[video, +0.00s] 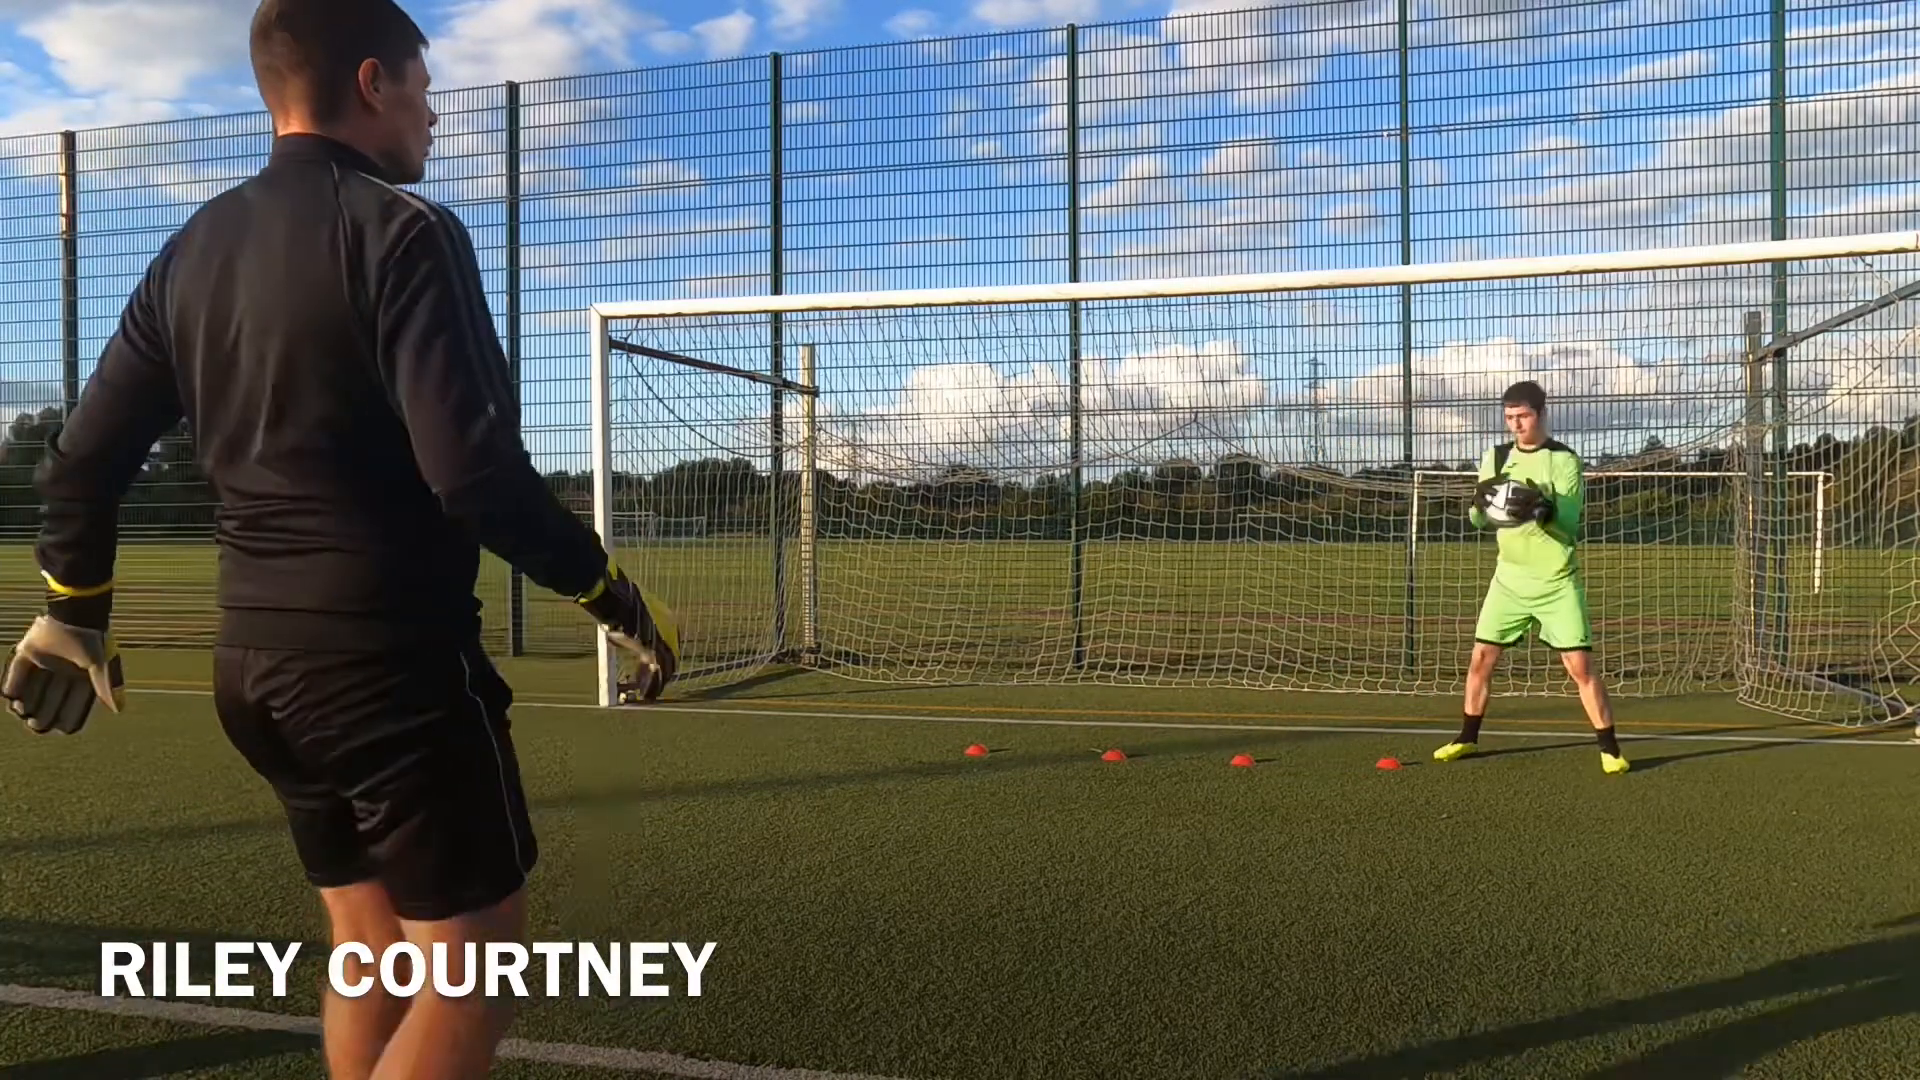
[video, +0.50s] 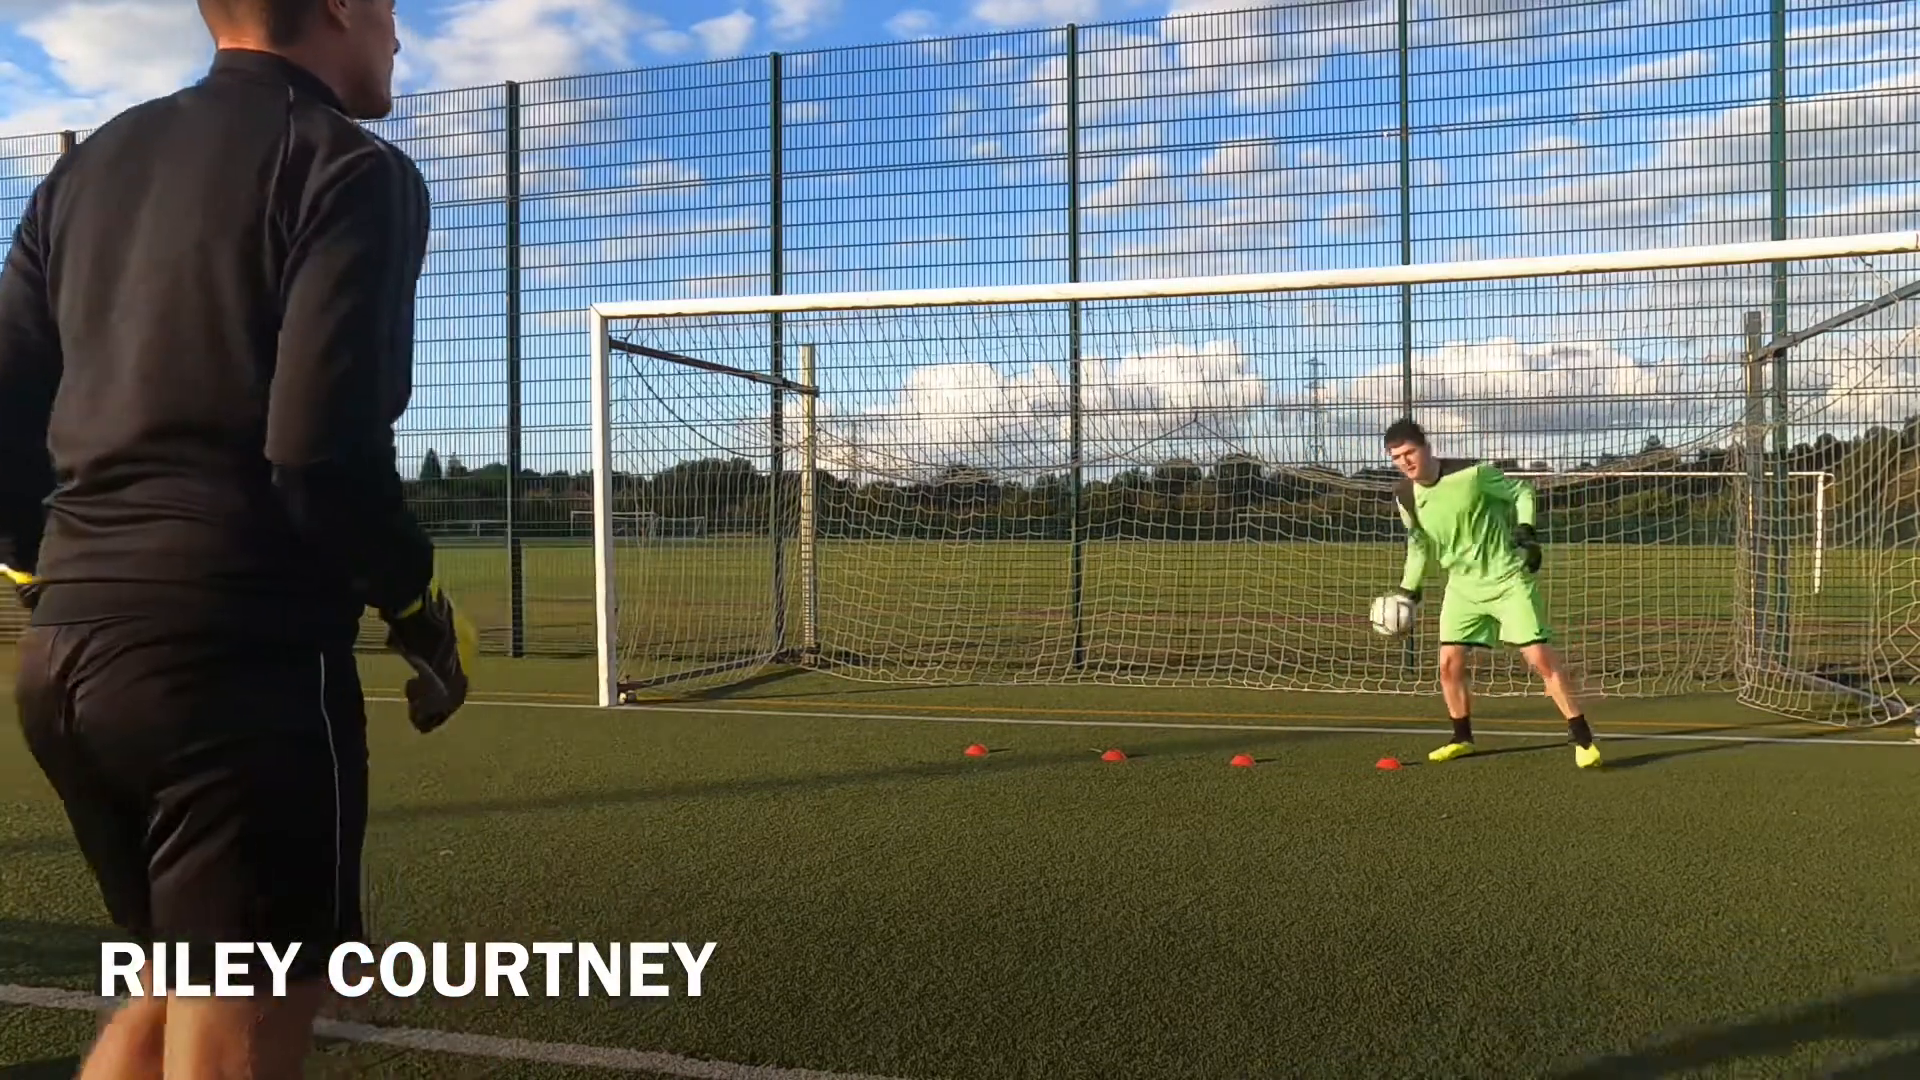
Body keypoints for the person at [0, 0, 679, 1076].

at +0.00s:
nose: (432, 119)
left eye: (433, 94)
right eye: (425, 93)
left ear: (279, 98)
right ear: (371, 86)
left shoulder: (195, 246)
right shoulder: (401, 232)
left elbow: (84, 457)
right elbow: (474, 471)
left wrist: (72, 611)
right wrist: (603, 583)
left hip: (255, 659)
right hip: (390, 658)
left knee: (364, 950)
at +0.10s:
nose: (436, 92)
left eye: (431, 65)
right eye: (424, 63)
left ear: (277, 84)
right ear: (373, 66)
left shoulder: (187, 234)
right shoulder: (406, 220)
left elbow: (52, 435)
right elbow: (489, 469)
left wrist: (12, 618)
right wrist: (619, 555)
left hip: (221, 663)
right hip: (353, 664)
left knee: (370, 998)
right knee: (347, 1033)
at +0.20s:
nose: (440, 84)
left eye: (434, 54)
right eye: (428, 52)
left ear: (274, 69)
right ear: (375, 52)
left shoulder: (163, 217)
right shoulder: (390, 205)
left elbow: (43, 424)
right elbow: (469, 468)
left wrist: (10, 623)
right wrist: (591, 543)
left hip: (188, 659)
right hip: (322, 664)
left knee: (311, 992)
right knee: (331, 1017)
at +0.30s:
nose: (431, 73)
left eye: (426, 41)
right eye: (421, 38)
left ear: (259, 49)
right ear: (371, 32)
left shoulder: (133, 203)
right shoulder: (380, 186)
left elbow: (31, 422)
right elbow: (417, 461)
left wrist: (22, 630)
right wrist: (529, 560)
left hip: (144, 662)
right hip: (297, 664)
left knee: (279, 997)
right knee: (301, 1015)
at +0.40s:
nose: (414, 57)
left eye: (412, 28)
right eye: (405, 23)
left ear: (248, 30)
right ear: (353, 18)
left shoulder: (109, 180)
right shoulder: (374, 176)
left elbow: (20, 409)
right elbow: (363, 450)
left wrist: (29, 622)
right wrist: (470, 594)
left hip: (107, 647)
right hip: (270, 651)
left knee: (238, 986)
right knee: (273, 1005)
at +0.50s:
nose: (397, 48)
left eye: (397, 20)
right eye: (390, 15)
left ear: (229, 19)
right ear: (340, 11)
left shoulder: (81, 166)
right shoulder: (352, 167)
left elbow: (4, 410)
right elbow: (318, 449)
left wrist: (61, 561)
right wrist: (413, 601)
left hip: (62, 633)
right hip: (234, 642)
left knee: (167, 979)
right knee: (252, 1009)